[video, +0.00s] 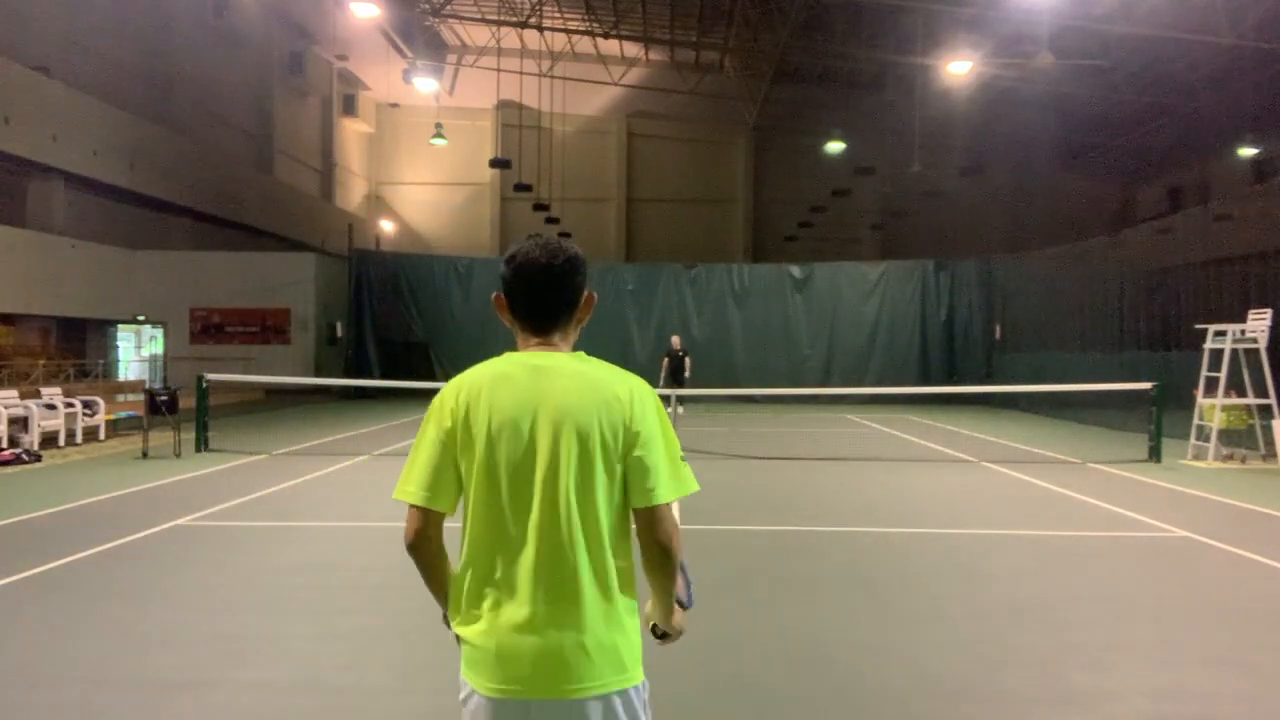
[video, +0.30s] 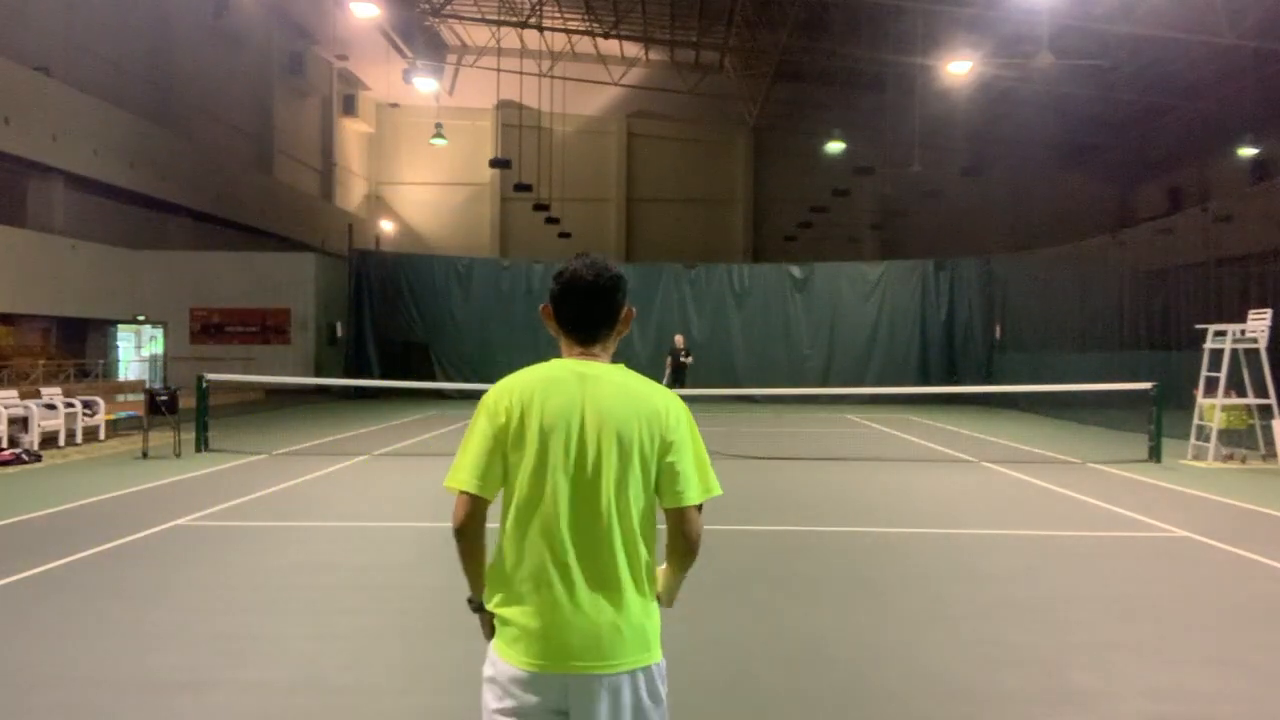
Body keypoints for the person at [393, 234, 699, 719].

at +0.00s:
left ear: (502, 308)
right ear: (587, 306)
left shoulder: (463, 394)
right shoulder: (628, 395)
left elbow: (419, 533)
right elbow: (660, 530)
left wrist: (455, 607)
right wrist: (664, 610)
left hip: (496, 664)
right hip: (600, 665)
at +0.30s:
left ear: (549, 317)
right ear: (626, 320)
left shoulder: (509, 396)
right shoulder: (661, 406)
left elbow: (465, 519)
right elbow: (687, 531)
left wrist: (480, 596)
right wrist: (668, 583)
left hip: (524, 651)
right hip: (623, 654)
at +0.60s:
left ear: (601, 311)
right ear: (673, 315)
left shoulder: (569, 381)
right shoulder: (702, 396)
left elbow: (526, 488)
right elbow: (725, 517)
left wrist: (526, 563)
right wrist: (682, 561)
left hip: (569, 610)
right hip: (659, 616)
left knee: (532, 714)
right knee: (656, 714)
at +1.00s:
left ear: (589, 320)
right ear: (653, 322)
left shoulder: (565, 388)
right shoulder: (688, 393)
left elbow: (525, 487)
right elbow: (716, 500)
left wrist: (517, 526)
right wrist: (680, 540)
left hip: (580, 607)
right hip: (664, 607)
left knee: (569, 714)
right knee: (664, 715)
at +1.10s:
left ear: (584, 319)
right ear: (647, 320)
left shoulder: (559, 387)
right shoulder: (683, 391)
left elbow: (510, 482)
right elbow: (709, 494)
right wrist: (675, 530)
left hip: (578, 592)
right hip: (660, 592)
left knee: (566, 711)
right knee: (670, 712)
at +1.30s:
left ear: (591, 317)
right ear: (654, 319)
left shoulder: (565, 377)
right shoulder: (686, 386)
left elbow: (535, 423)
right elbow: (710, 488)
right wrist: (663, 511)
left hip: (582, 578)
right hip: (661, 580)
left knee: (573, 709)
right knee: (684, 708)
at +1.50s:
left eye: (630, 314)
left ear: (629, 322)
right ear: (691, 325)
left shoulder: (599, 380)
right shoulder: (716, 392)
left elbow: (569, 466)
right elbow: (731, 493)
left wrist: (597, 380)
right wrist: (678, 497)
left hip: (602, 575)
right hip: (680, 579)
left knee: (579, 703)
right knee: (695, 705)